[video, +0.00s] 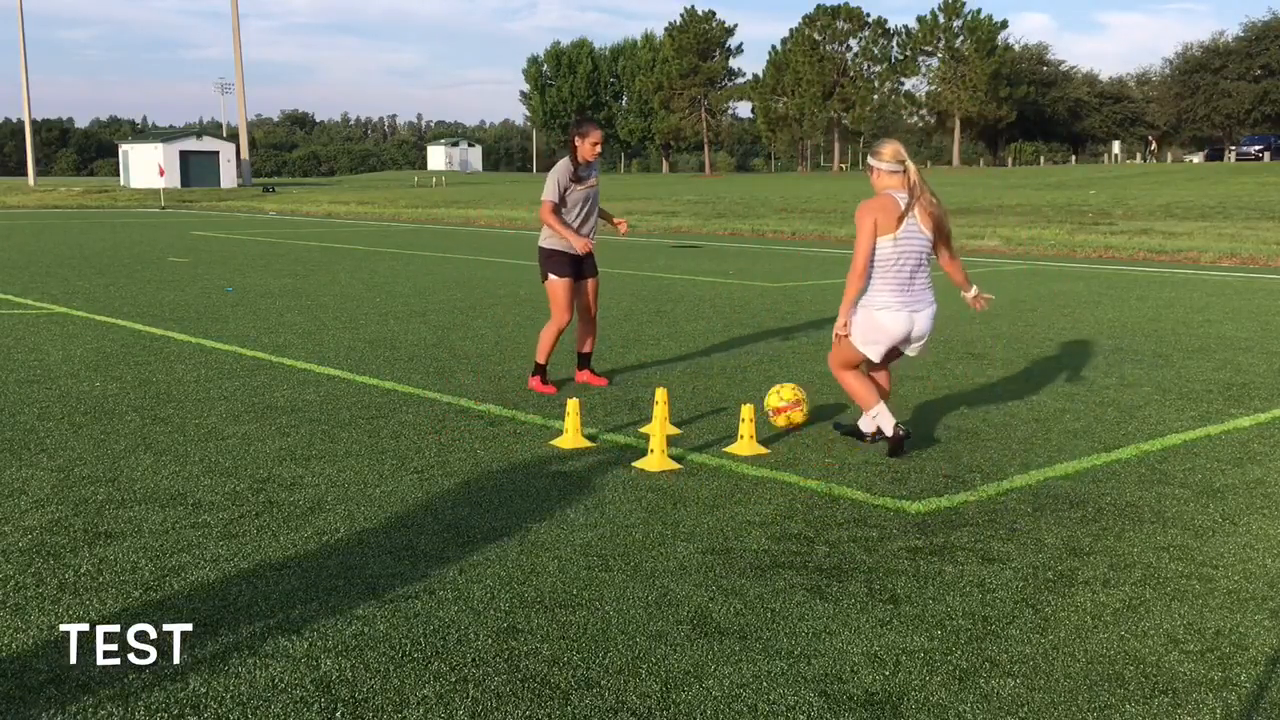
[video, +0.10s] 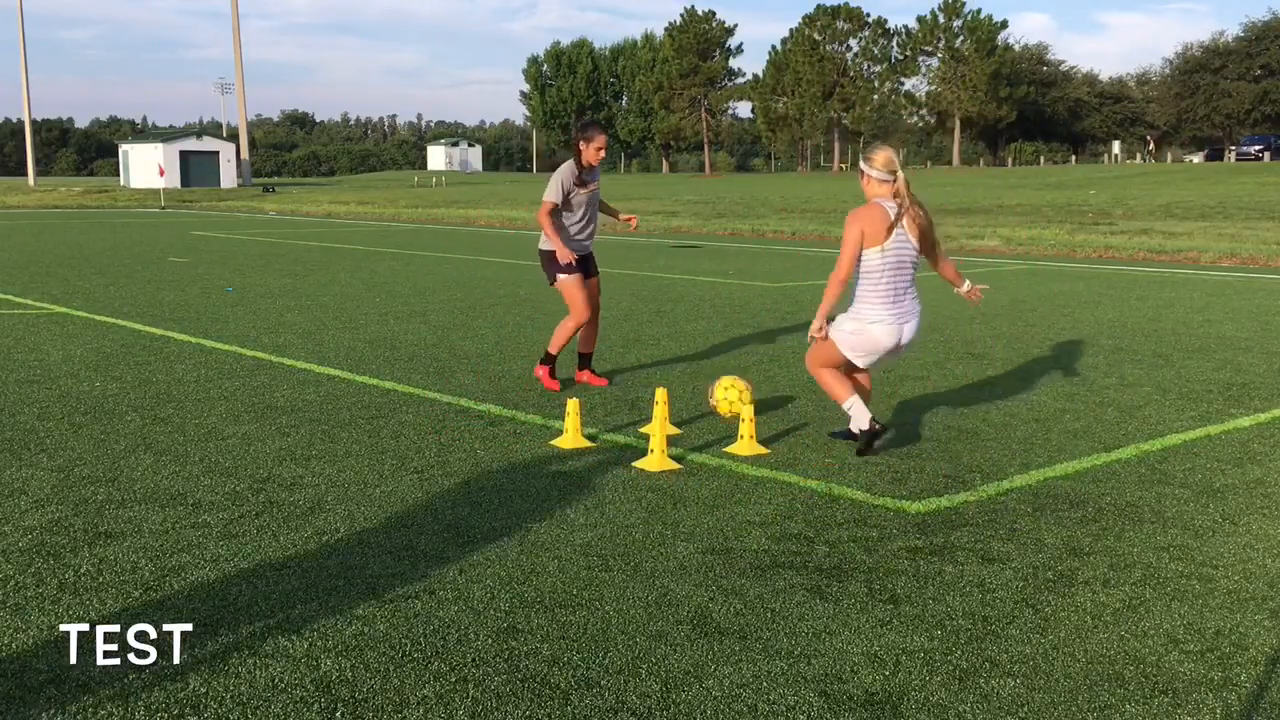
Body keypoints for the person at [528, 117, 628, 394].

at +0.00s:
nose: (598, 149)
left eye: (600, 144)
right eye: (594, 144)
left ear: (599, 144)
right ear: (577, 142)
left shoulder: (591, 170)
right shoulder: (561, 170)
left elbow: (589, 205)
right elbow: (546, 213)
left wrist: (612, 220)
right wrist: (573, 237)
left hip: (583, 250)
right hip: (556, 250)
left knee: (588, 312)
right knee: (562, 316)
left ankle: (583, 370)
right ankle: (537, 375)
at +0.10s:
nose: (603, 154)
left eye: (605, 149)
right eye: (599, 149)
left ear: (601, 147)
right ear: (582, 146)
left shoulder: (593, 172)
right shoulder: (565, 173)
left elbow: (594, 202)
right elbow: (544, 214)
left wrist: (619, 216)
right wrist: (560, 247)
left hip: (583, 250)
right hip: (558, 251)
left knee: (592, 312)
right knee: (580, 313)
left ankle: (584, 370)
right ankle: (545, 365)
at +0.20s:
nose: (607, 163)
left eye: (609, 158)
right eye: (602, 157)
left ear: (607, 156)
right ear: (586, 153)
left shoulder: (601, 179)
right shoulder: (565, 178)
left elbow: (607, 203)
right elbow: (536, 211)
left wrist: (634, 223)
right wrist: (539, 249)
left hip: (577, 250)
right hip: (557, 250)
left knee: (588, 307)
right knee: (596, 299)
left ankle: (583, 366)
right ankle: (564, 351)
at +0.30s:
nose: (609, 175)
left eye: (611, 169)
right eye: (605, 169)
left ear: (612, 167)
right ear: (589, 163)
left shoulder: (607, 191)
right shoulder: (564, 184)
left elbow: (623, 220)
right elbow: (531, 212)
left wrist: (650, 240)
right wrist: (523, 250)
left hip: (566, 254)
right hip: (544, 252)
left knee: (583, 308)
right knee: (595, 288)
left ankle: (582, 368)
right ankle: (590, 351)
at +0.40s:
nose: (607, 185)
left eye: (610, 180)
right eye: (603, 179)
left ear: (613, 178)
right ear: (587, 173)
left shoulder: (606, 202)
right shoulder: (562, 191)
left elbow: (621, 235)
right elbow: (528, 217)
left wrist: (649, 254)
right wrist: (514, 253)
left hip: (562, 259)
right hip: (535, 254)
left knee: (589, 312)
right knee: (581, 292)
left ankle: (582, 369)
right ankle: (592, 361)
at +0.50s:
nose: (596, 187)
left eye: (600, 181)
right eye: (591, 181)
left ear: (603, 180)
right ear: (578, 175)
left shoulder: (599, 203)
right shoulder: (555, 195)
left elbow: (605, 240)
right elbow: (521, 223)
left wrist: (625, 248)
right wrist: (503, 252)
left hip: (561, 264)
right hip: (530, 260)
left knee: (586, 317)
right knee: (562, 303)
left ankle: (582, 374)